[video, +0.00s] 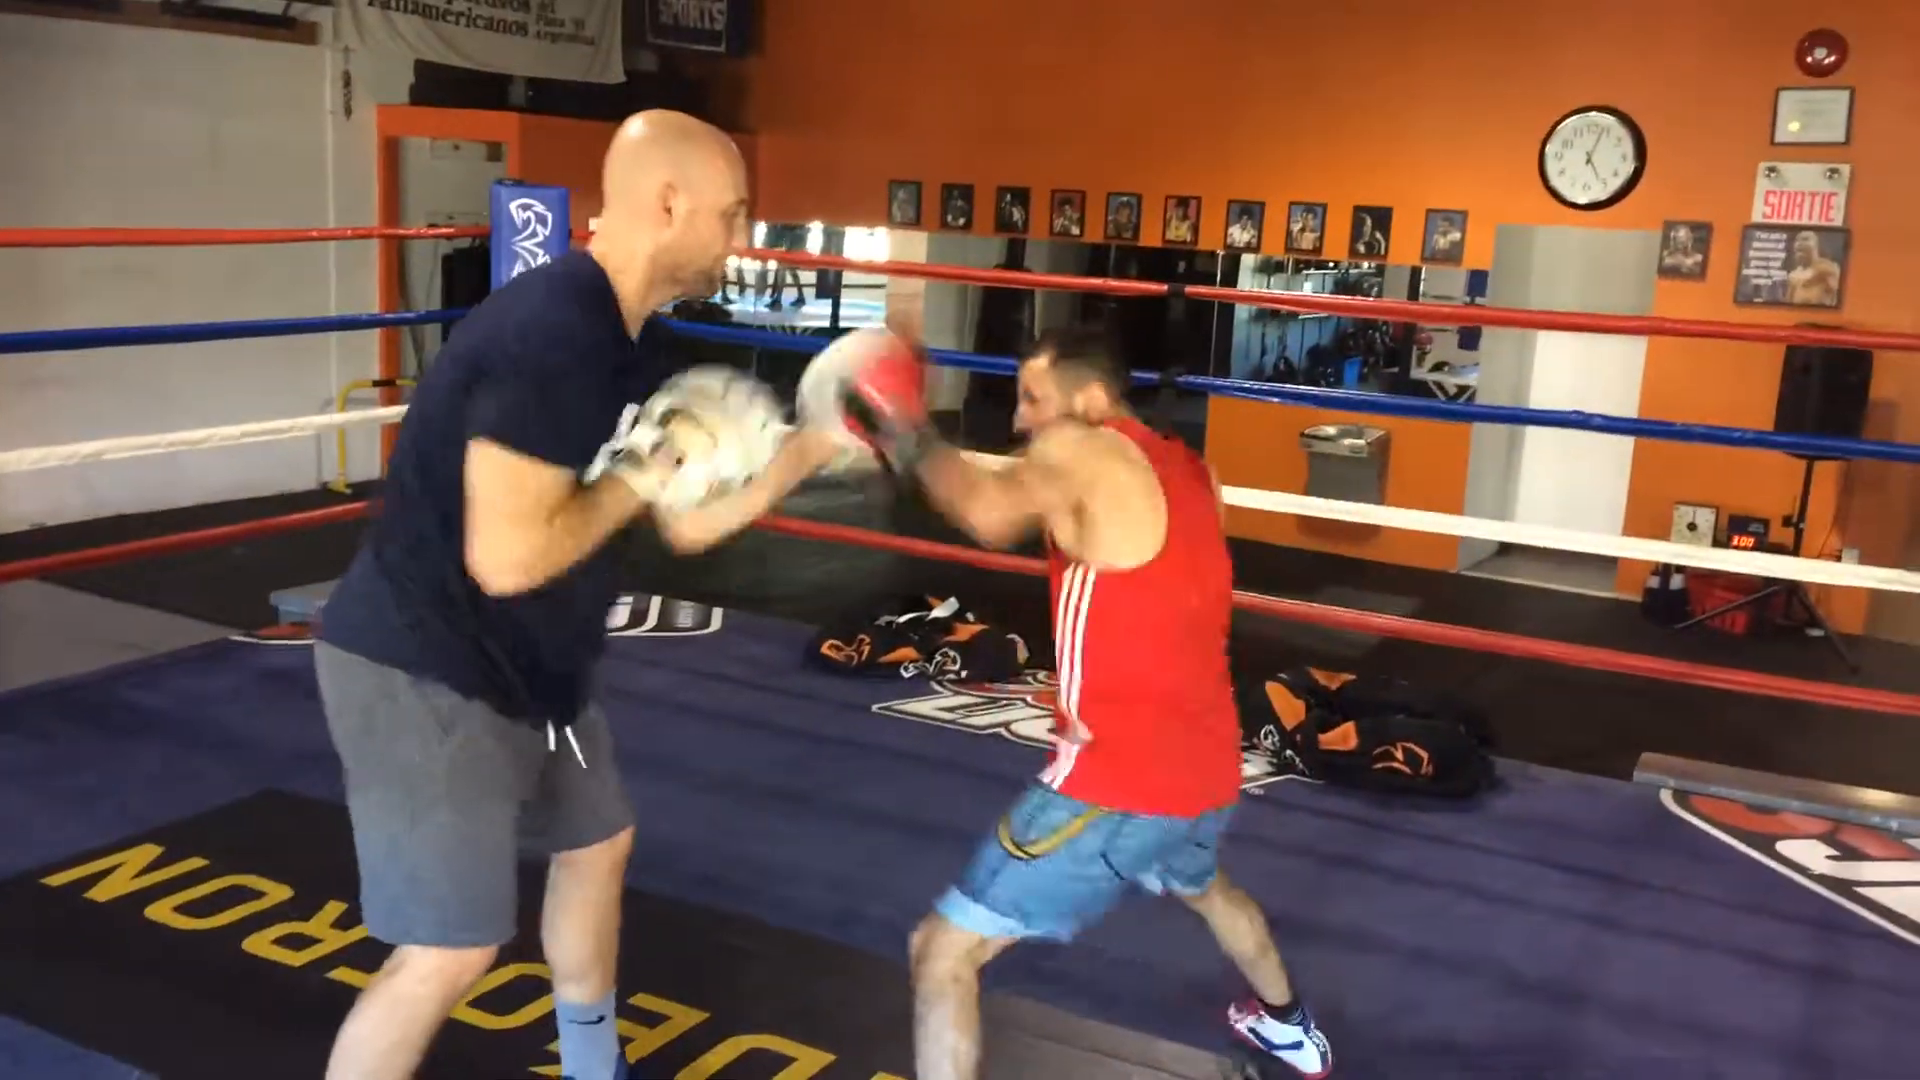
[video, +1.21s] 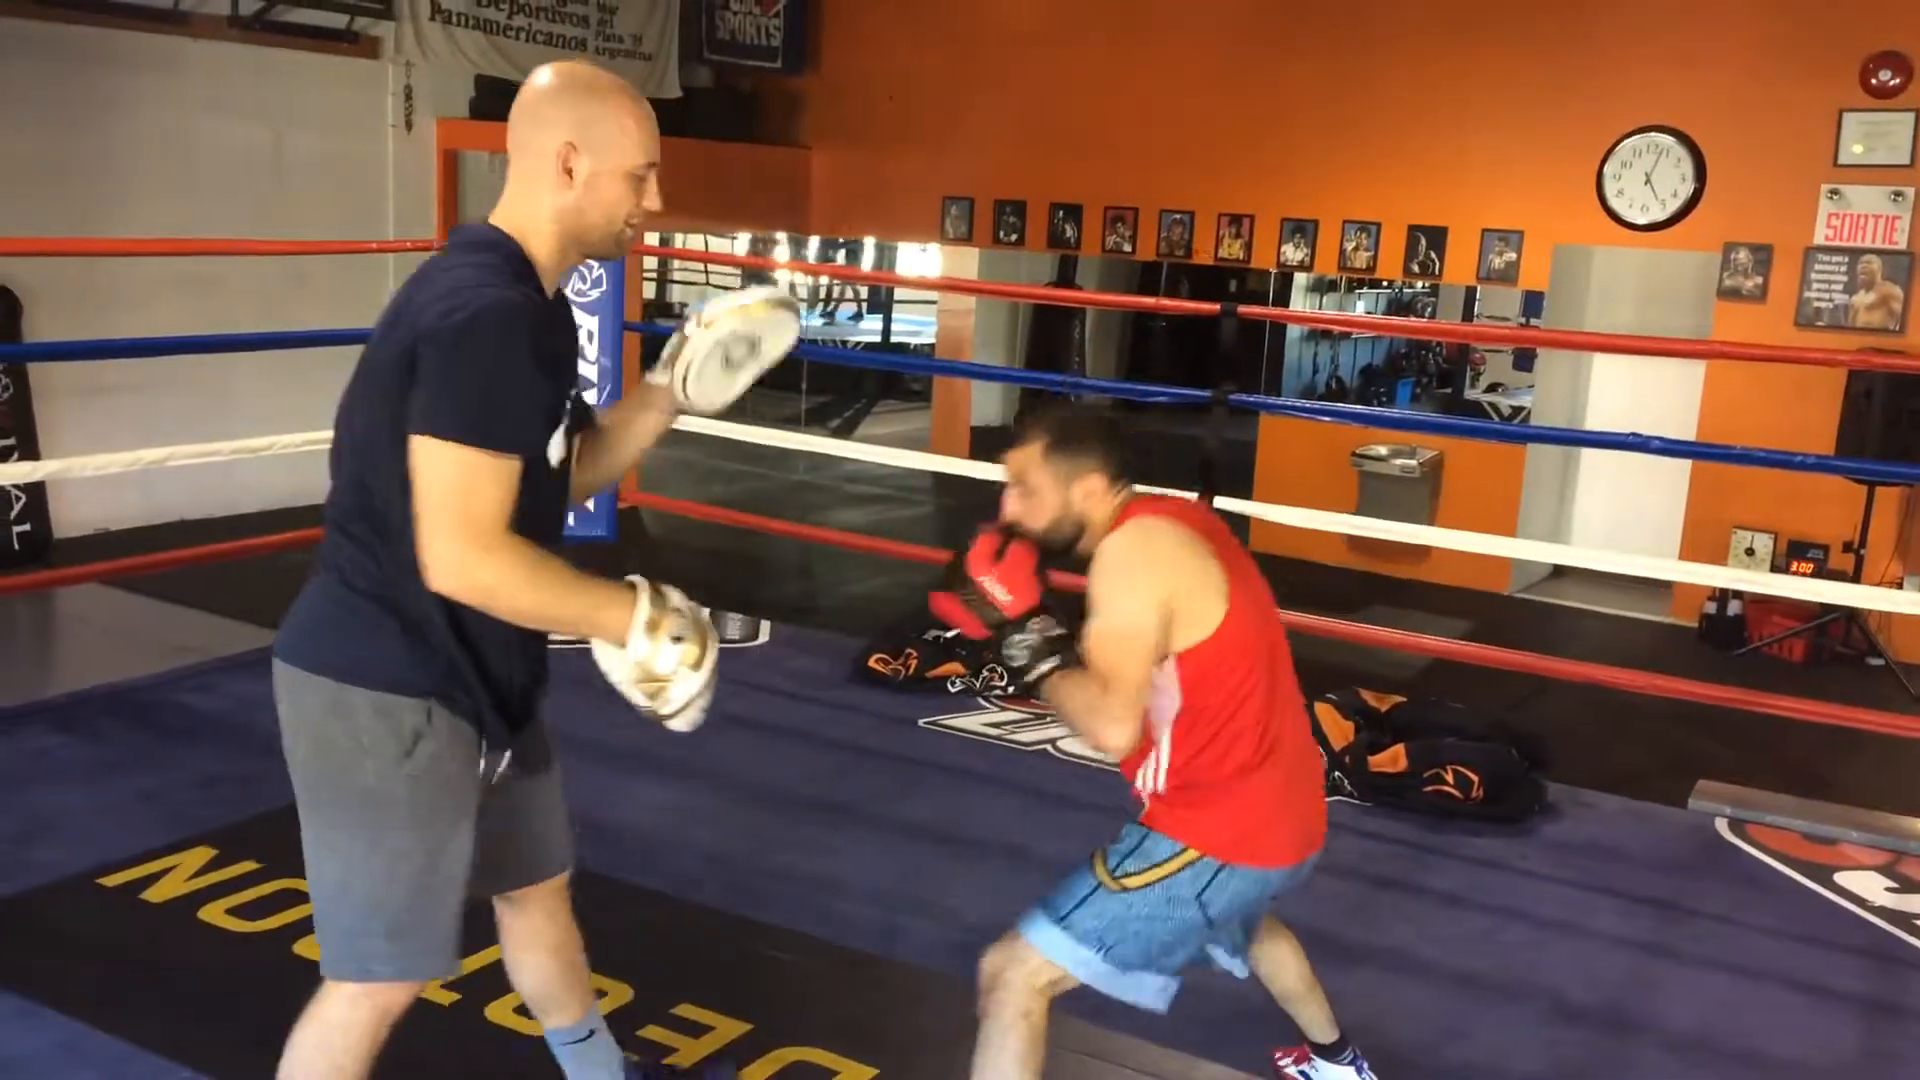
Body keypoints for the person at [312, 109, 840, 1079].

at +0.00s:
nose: (739, 247)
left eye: (742, 223)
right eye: (733, 219)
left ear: (659, 207)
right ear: (667, 204)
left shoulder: (635, 342)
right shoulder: (547, 324)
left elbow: (689, 525)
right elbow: (507, 554)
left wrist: (807, 449)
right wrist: (640, 476)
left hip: (530, 657)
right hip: (417, 659)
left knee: (596, 839)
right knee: (450, 941)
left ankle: (593, 1070)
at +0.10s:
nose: (749, 242)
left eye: (752, 216)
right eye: (744, 212)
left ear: (658, 198)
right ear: (684, 198)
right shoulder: (625, 316)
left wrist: (759, 489)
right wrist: (785, 455)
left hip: (516, 647)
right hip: (441, 651)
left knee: (581, 838)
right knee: (453, 939)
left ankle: (595, 1069)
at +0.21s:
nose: (767, 244)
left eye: (768, 222)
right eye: (757, 219)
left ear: (679, 205)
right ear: (692, 209)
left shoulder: (561, 296)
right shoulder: (671, 331)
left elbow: (531, 462)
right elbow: (865, 441)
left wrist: (651, 558)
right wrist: (1015, 441)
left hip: (518, 655)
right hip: (446, 661)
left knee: (575, 849)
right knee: (463, 950)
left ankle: (594, 1067)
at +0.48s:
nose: (819, 260)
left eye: (823, 237)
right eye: (810, 233)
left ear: (726, 218)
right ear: (743, 216)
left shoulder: (641, 296)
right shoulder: (701, 327)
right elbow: (815, 405)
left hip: (566, 644)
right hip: (489, 650)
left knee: (609, 848)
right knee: (507, 934)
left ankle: (613, 1068)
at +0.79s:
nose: (789, 242)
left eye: (793, 219)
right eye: (779, 215)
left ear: (698, 198)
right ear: (713, 196)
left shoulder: (585, 297)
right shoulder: (704, 328)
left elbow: (599, 469)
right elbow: (772, 539)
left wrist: (740, 520)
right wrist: (808, 516)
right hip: (505, 659)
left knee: (610, 846)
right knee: (511, 945)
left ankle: (618, 1067)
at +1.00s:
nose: (706, 206)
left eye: (705, 182)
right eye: (689, 180)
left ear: (606, 178)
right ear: (613, 175)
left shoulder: (525, 290)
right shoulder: (593, 315)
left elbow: (530, 447)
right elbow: (613, 549)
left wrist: (668, 457)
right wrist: (764, 602)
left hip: (518, 677)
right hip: (453, 685)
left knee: (579, 876)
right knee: (438, 954)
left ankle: (622, 1071)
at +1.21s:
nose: (653, 206)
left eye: (654, 181)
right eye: (639, 178)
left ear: (563, 169)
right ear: (564, 166)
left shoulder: (531, 306)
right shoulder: (480, 311)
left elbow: (560, 479)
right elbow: (460, 558)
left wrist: (675, 387)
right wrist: (641, 616)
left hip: (480, 664)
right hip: (379, 682)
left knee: (533, 891)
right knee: (378, 971)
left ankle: (599, 1072)